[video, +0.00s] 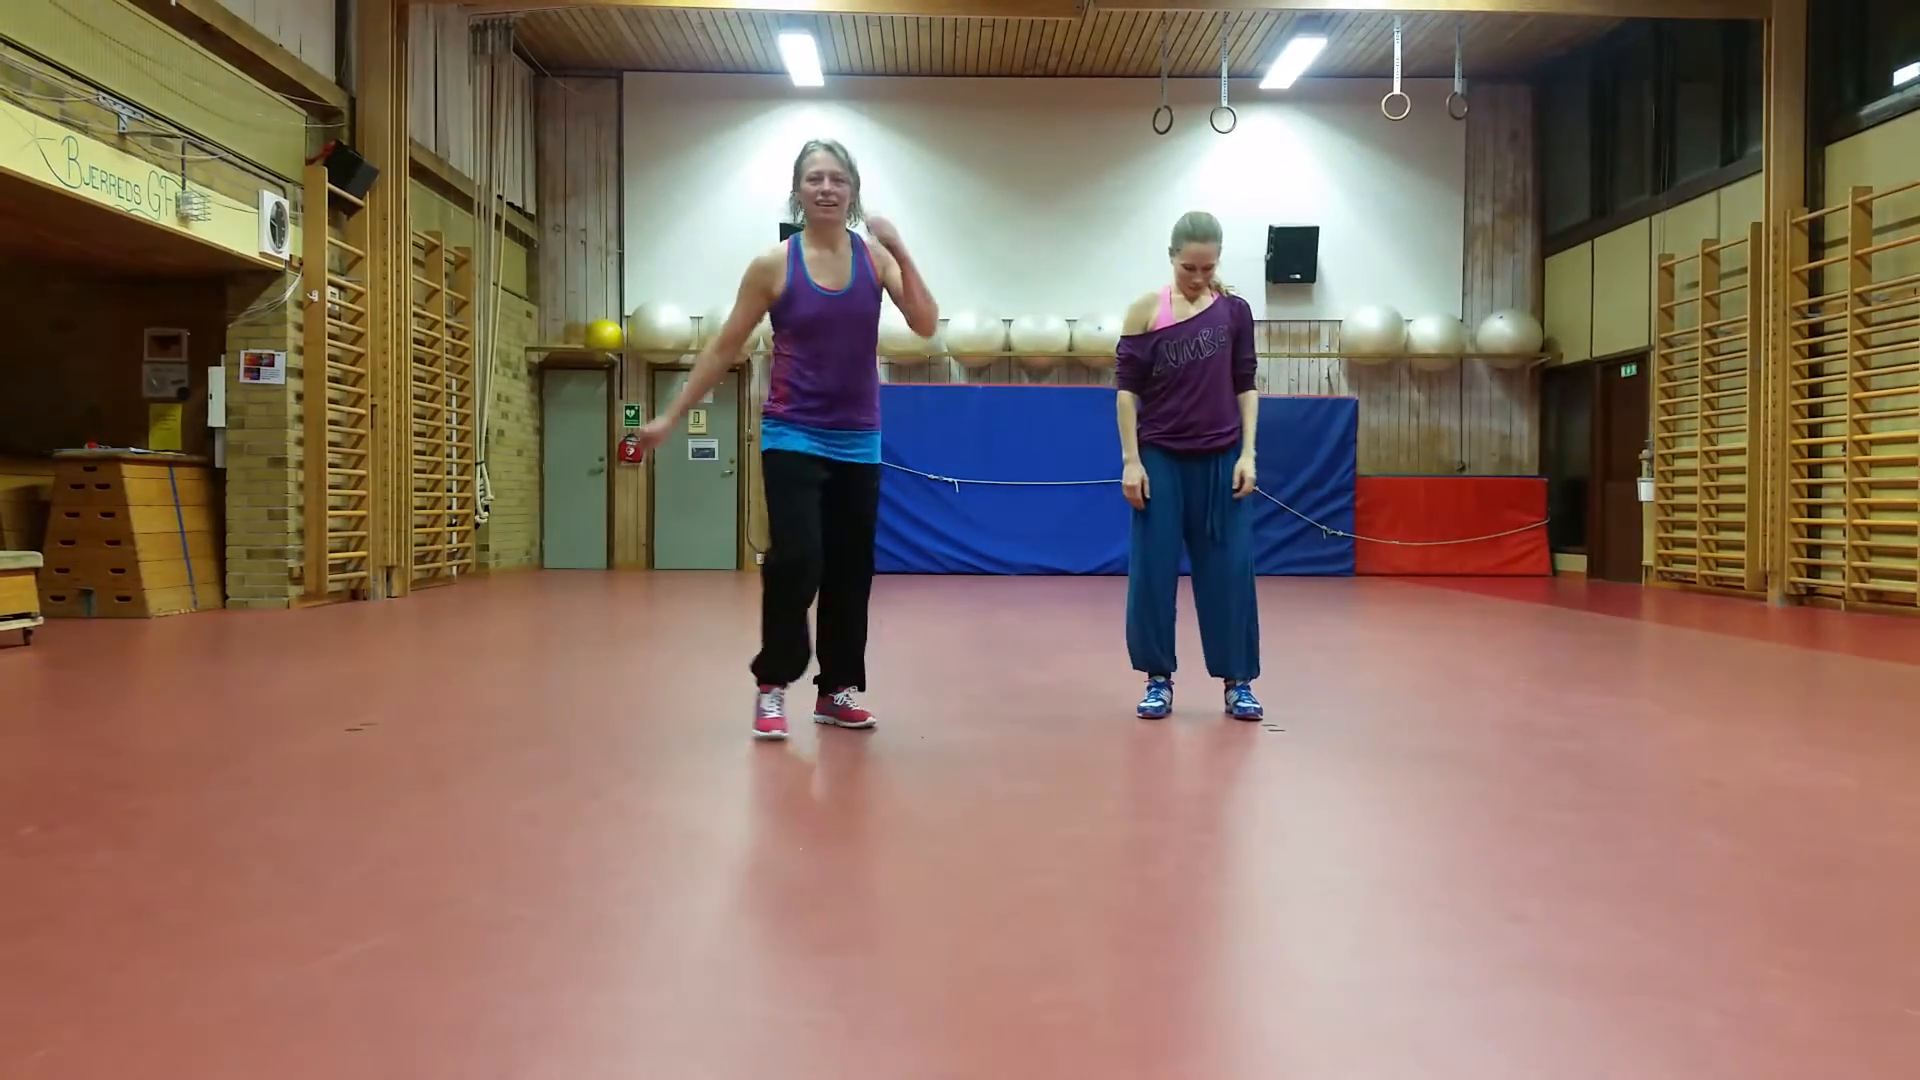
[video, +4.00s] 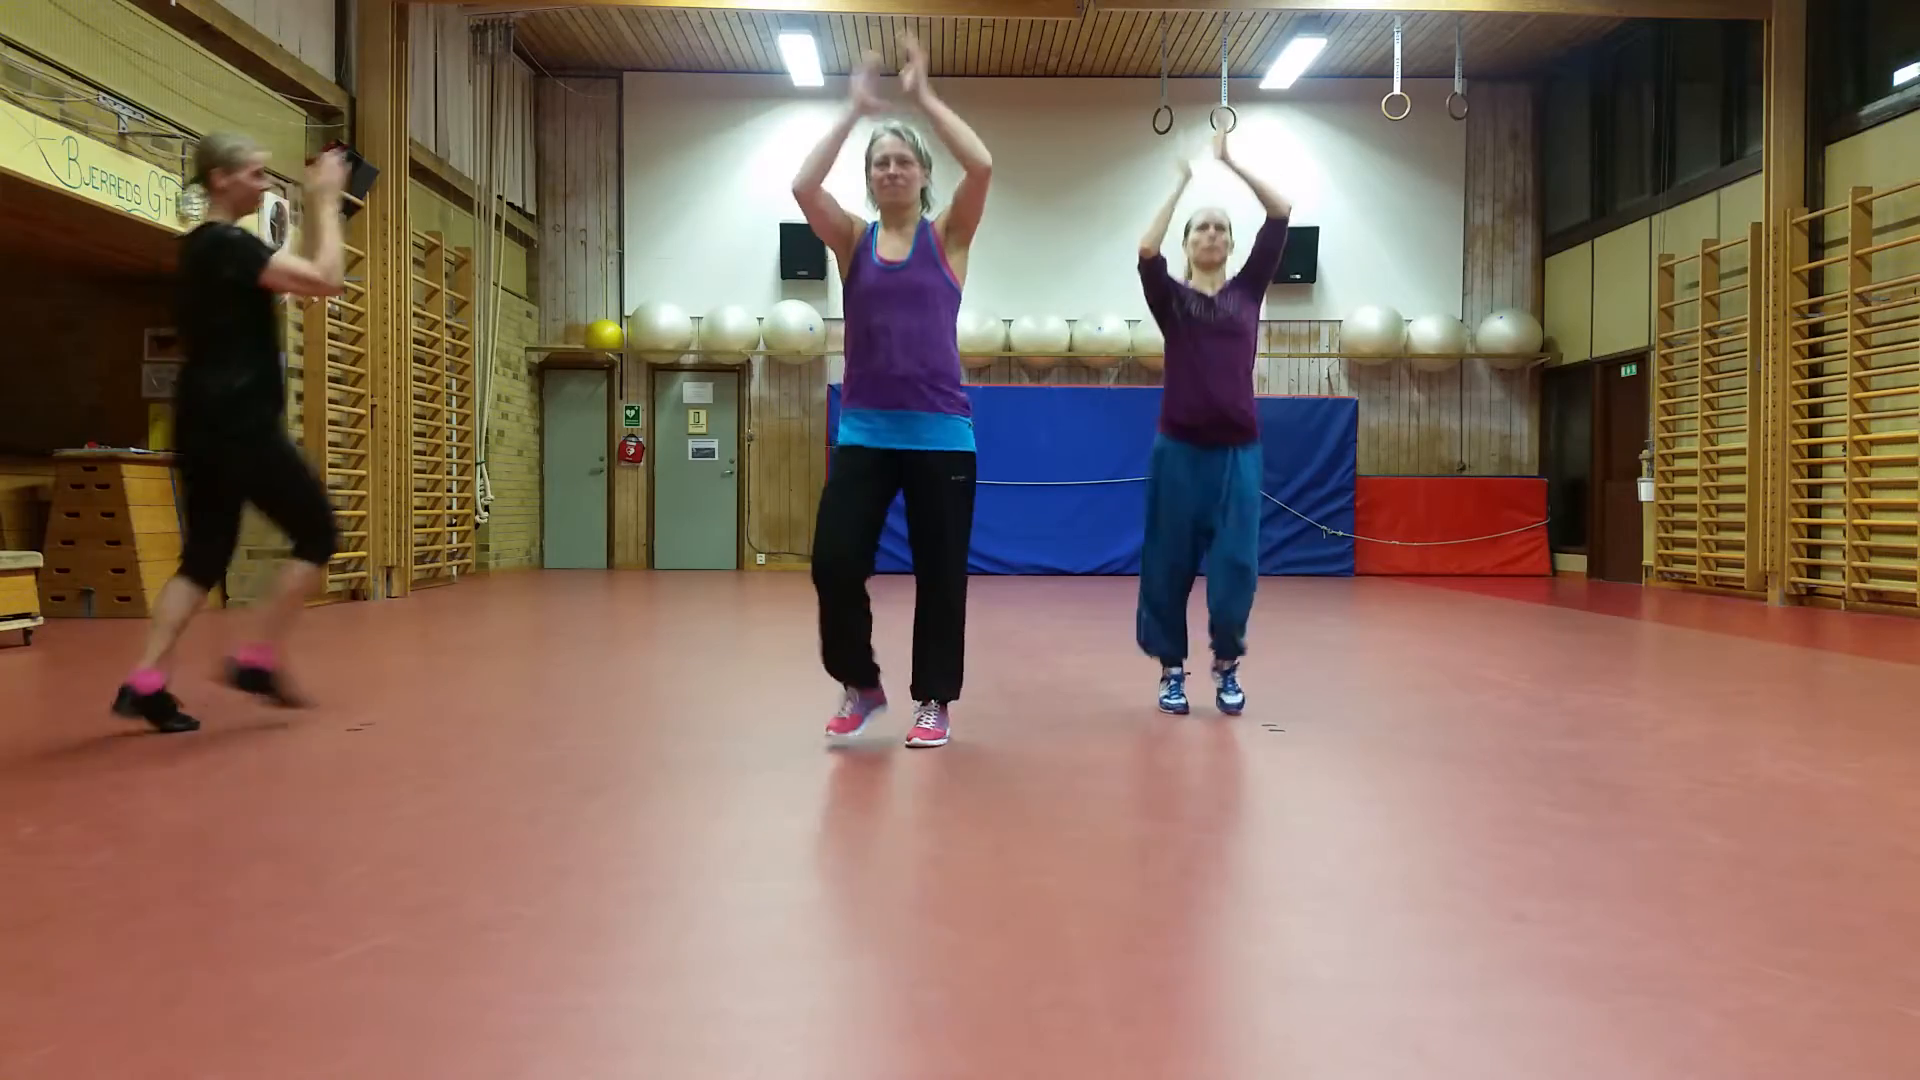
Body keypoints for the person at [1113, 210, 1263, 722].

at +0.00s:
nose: (1199, 277)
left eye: (1208, 267)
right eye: (1191, 267)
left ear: (1219, 259)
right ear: (1172, 256)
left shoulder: (1234, 309)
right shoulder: (1145, 310)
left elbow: (1246, 384)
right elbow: (1127, 389)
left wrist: (1248, 451)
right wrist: (1131, 461)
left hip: (1222, 457)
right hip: (1159, 457)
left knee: (1231, 566)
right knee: (1154, 567)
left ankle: (1238, 682)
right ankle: (1157, 679)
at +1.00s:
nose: (1208, 248)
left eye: (1217, 240)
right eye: (1199, 239)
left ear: (1229, 248)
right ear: (1183, 247)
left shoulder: (1249, 309)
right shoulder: (1160, 308)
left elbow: (1260, 385)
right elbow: (1140, 386)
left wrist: (1261, 457)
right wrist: (1141, 457)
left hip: (1234, 458)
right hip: (1174, 458)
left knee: (1231, 569)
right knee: (1178, 569)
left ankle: (1222, 681)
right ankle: (1184, 680)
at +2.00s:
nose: (1215, 256)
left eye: (1223, 249)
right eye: (1206, 248)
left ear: (1230, 257)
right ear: (1187, 255)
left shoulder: (1245, 304)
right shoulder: (1170, 309)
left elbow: (1289, 306)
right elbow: (1148, 319)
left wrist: (1254, 250)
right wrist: (1185, 274)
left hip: (1237, 453)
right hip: (1179, 452)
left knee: (1237, 565)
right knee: (1186, 561)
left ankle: (1226, 677)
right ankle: (1183, 669)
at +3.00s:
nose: (1210, 237)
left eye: (1217, 230)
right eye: (1200, 229)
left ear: (1227, 241)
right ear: (1182, 240)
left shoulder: (1242, 293)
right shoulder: (1169, 298)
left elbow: (1273, 240)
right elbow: (1160, 268)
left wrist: (1225, 189)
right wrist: (1189, 205)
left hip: (1232, 447)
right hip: (1174, 443)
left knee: (1229, 559)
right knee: (1183, 551)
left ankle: (1209, 668)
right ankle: (1175, 661)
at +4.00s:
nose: (1210, 236)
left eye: (1219, 230)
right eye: (1201, 230)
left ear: (1230, 245)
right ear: (1186, 244)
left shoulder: (1246, 293)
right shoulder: (1171, 299)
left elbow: (1281, 211)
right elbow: (1146, 254)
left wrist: (1230, 159)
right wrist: (1177, 190)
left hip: (1238, 450)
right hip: (1180, 448)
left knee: (1237, 562)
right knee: (1170, 561)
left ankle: (1227, 666)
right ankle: (1173, 669)